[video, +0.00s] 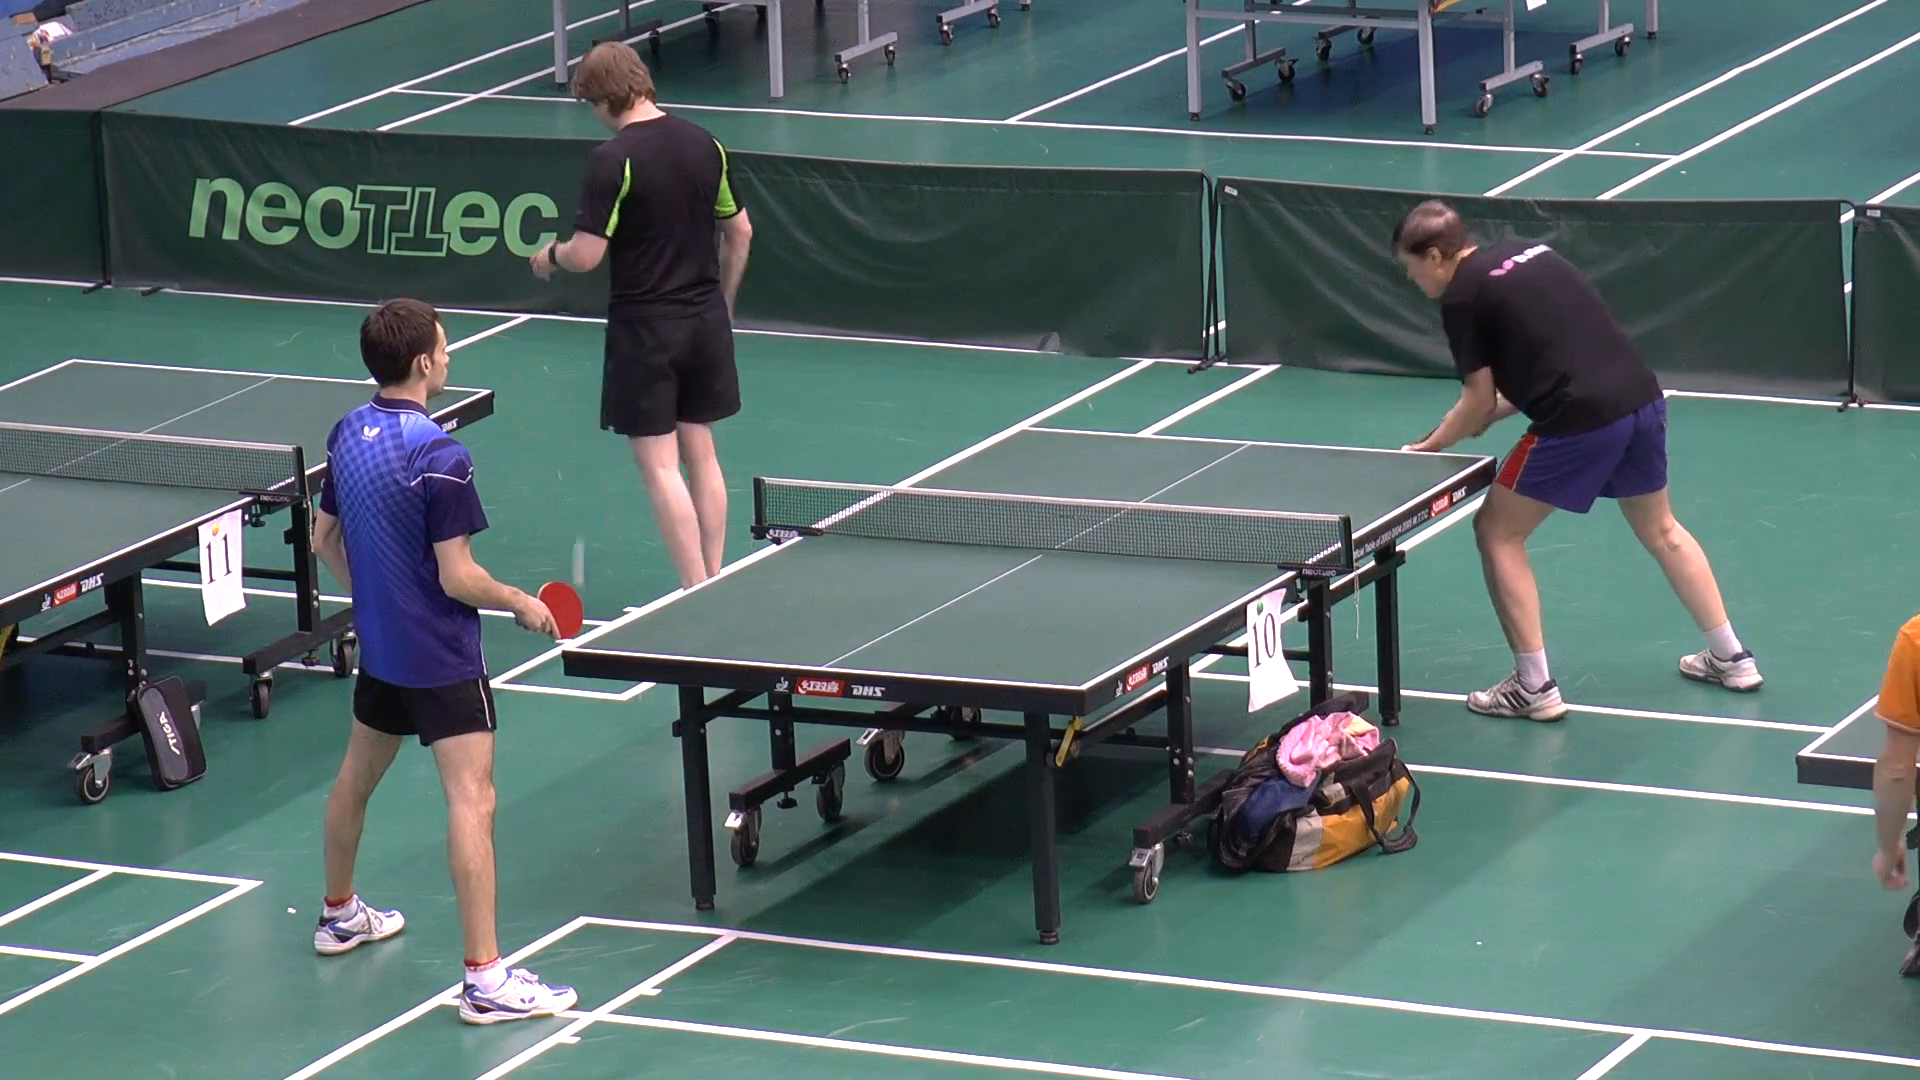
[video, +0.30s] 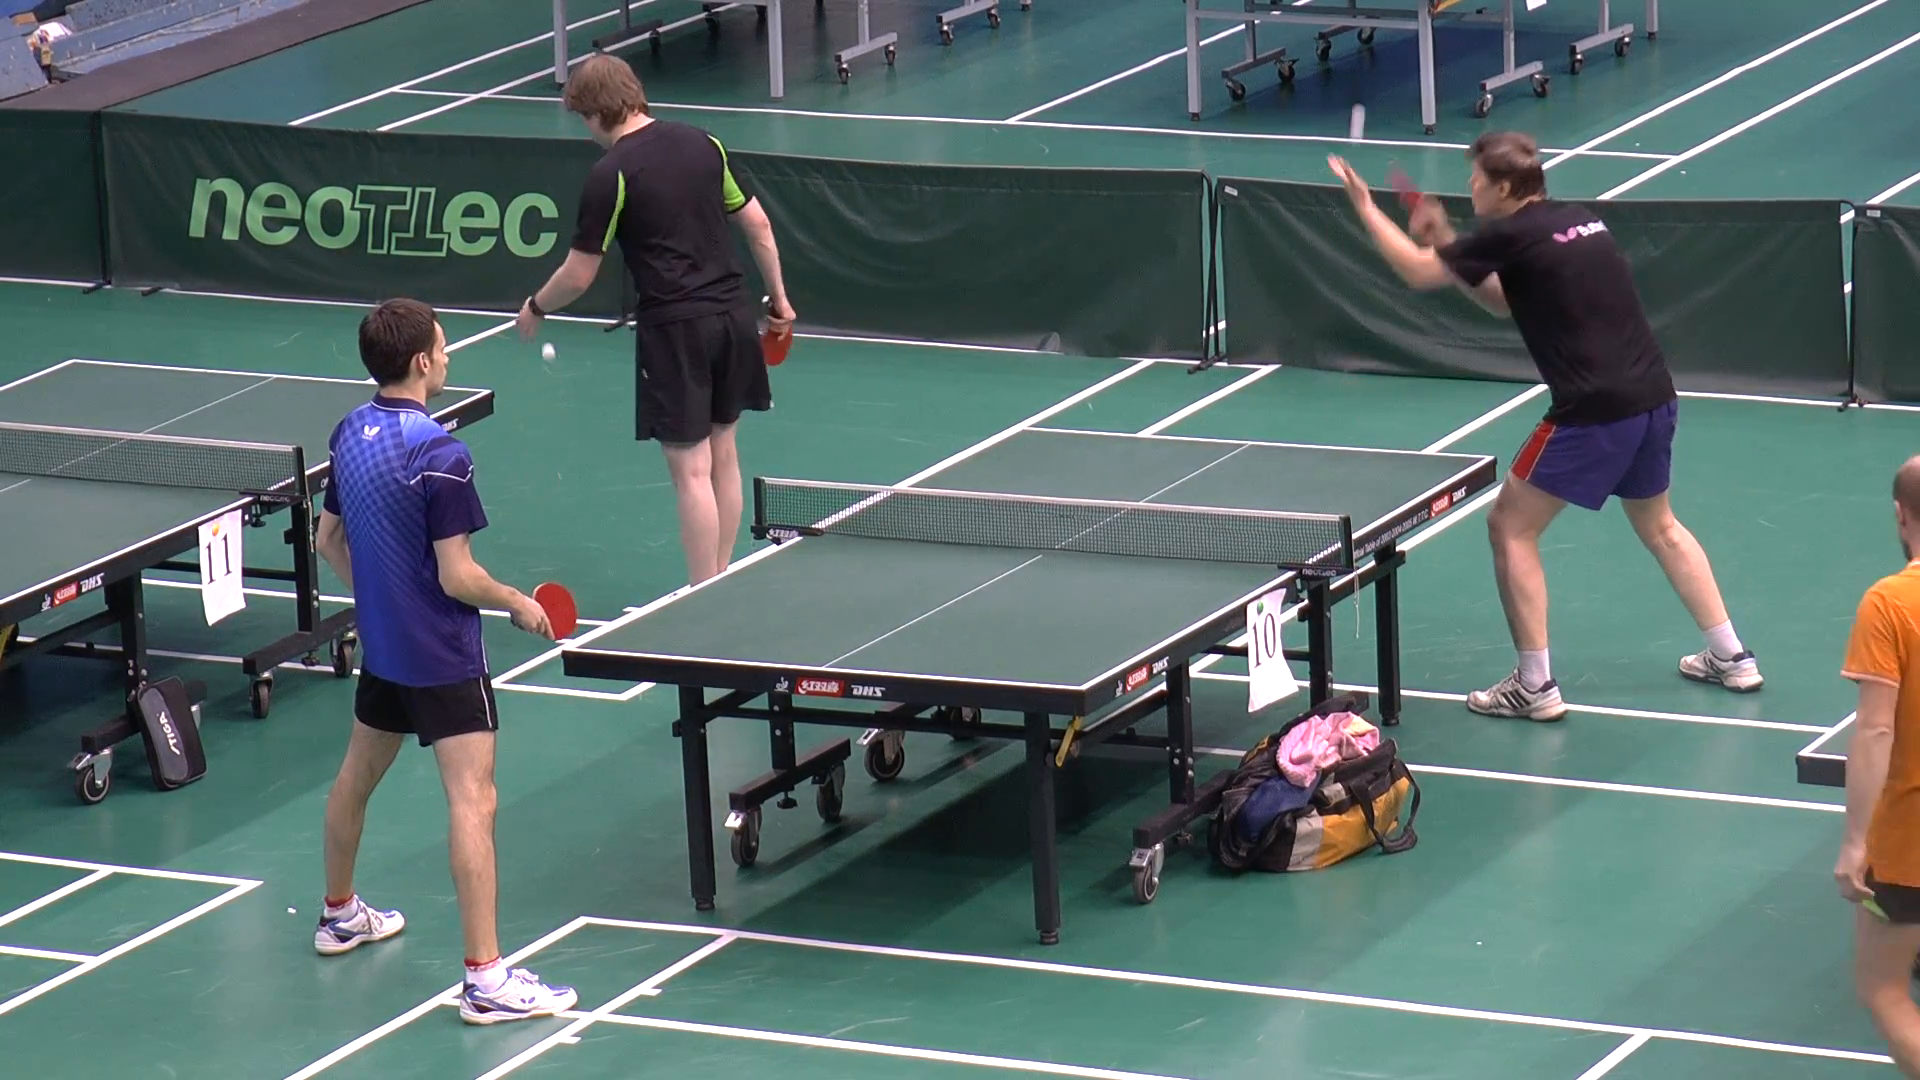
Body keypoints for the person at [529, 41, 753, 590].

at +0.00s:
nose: (592, 112)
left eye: (590, 103)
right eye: (590, 103)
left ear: (601, 100)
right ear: (644, 84)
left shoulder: (613, 157)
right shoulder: (704, 142)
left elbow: (586, 255)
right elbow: (738, 230)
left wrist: (552, 256)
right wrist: (722, 298)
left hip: (645, 331)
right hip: (705, 322)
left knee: (661, 468)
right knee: (702, 455)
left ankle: (697, 593)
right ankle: (714, 582)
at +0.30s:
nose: (585, 128)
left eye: (582, 116)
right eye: (580, 118)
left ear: (597, 111)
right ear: (636, 95)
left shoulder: (611, 172)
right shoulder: (701, 143)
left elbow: (578, 274)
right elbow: (757, 224)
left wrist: (536, 307)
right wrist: (779, 297)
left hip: (676, 328)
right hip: (733, 318)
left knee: (692, 475)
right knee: (723, 459)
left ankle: (704, 599)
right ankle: (719, 584)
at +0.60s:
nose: (581, 135)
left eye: (580, 124)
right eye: (577, 124)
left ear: (598, 119)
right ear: (635, 104)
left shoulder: (608, 183)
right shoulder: (704, 145)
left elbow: (582, 293)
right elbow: (766, 217)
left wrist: (570, 292)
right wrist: (733, 267)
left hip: (673, 337)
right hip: (737, 326)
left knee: (691, 477)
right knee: (726, 464)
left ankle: (704, 604)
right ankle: (719, 588)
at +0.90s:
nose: (592, 123)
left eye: (593, 112)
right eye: (589, 113)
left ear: (613, 107)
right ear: (649, 95)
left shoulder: (617, 170)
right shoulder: (711, 147)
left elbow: (604, 260)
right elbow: (766, 227)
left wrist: (622, 301)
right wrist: (722, 271)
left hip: (667, 339)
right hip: (726, 329)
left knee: (686, 477)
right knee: (709, 456)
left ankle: (706, 601)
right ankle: (737, 577)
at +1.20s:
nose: (608, 123)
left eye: (608, 111)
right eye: (605, 112)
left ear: (627, 107)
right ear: (663, 94)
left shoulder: (637, 165)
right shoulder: (717, 148)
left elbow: (642, 261)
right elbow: (756, 230)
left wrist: (628, 317)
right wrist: (706, 263)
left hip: (669, 340)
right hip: (725, 330)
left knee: (629, 460)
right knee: (722, 458)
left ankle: (690, 586)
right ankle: (745, 582)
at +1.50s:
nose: (587, 127)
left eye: (587, 116)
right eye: (584, 117)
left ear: (606, 111)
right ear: (641, 99)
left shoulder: (625, 167)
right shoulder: (700, 154)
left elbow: (613, 271)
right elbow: (721, 241)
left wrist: (587, 332)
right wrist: (654, 260)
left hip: (643, 336)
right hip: (705, 332)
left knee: (574, 446)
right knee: (707, 457)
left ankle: (575, 597)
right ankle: (742, 584)